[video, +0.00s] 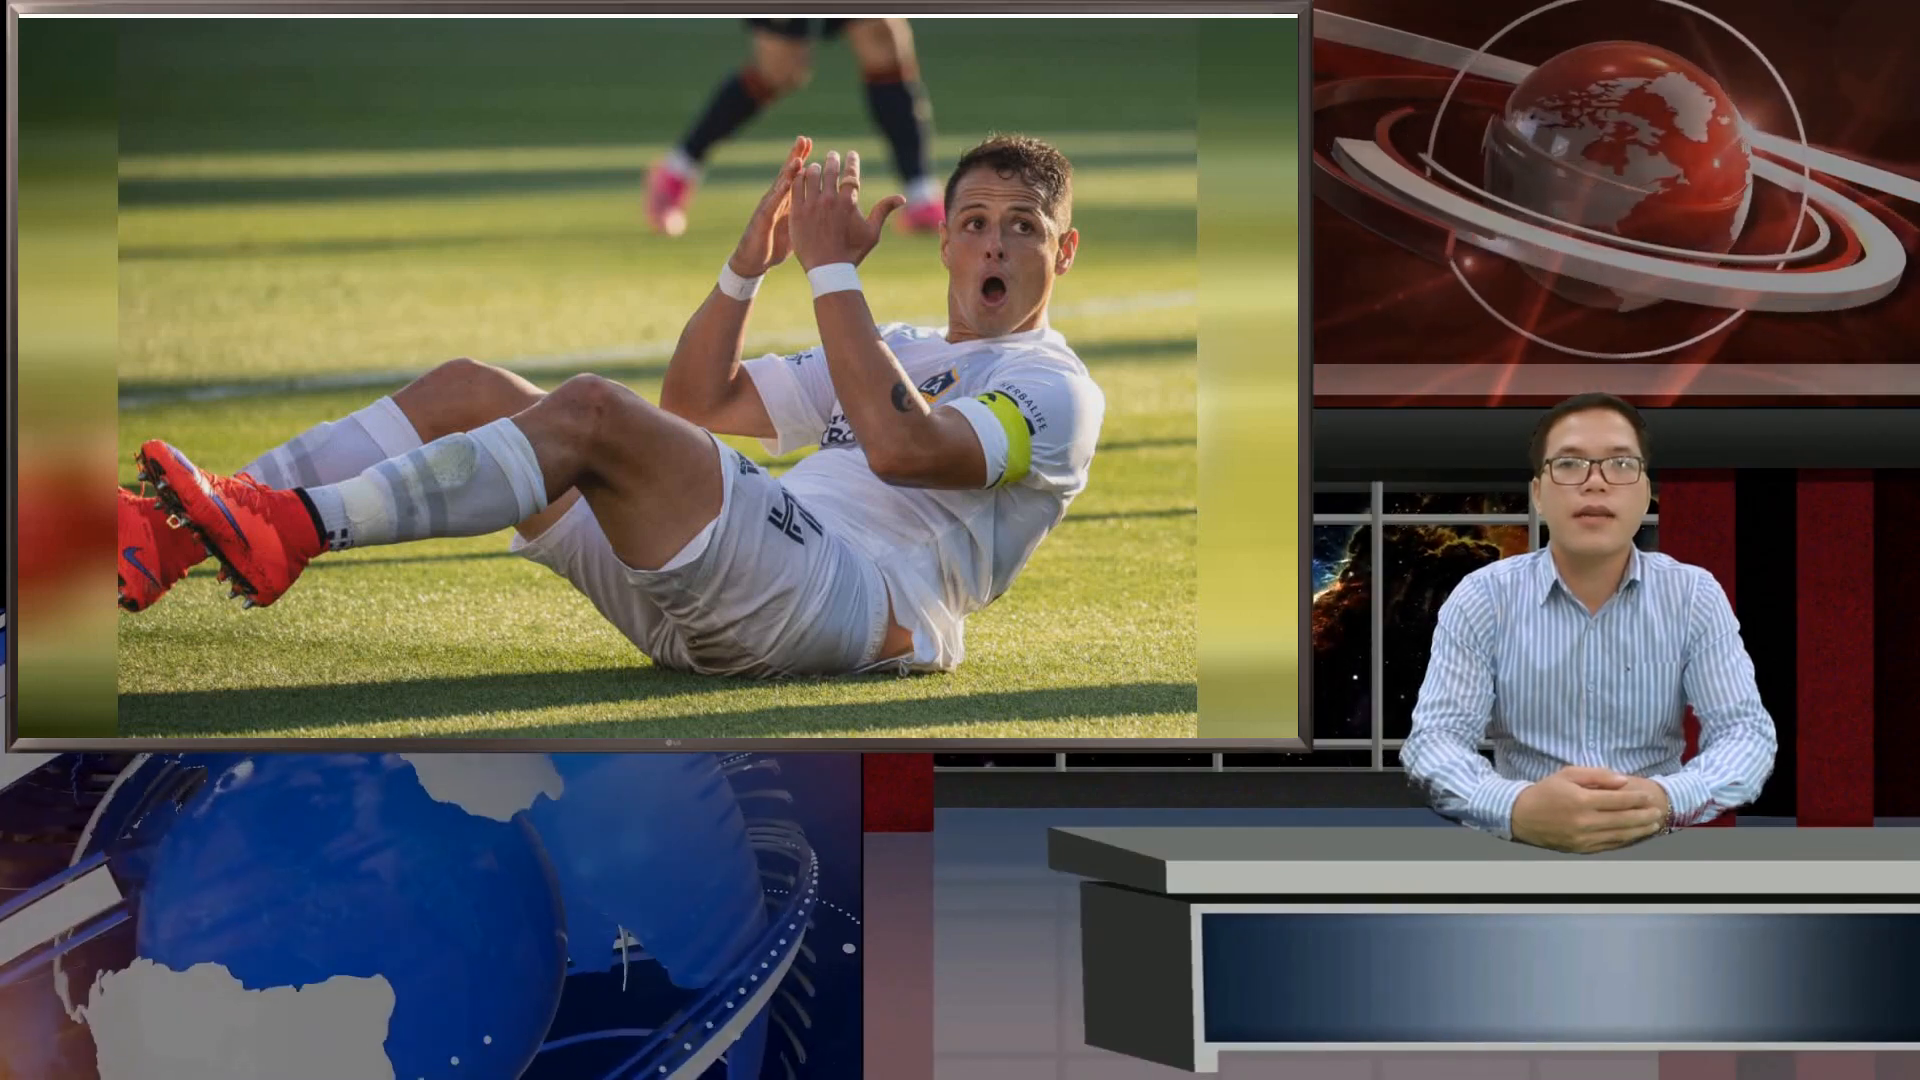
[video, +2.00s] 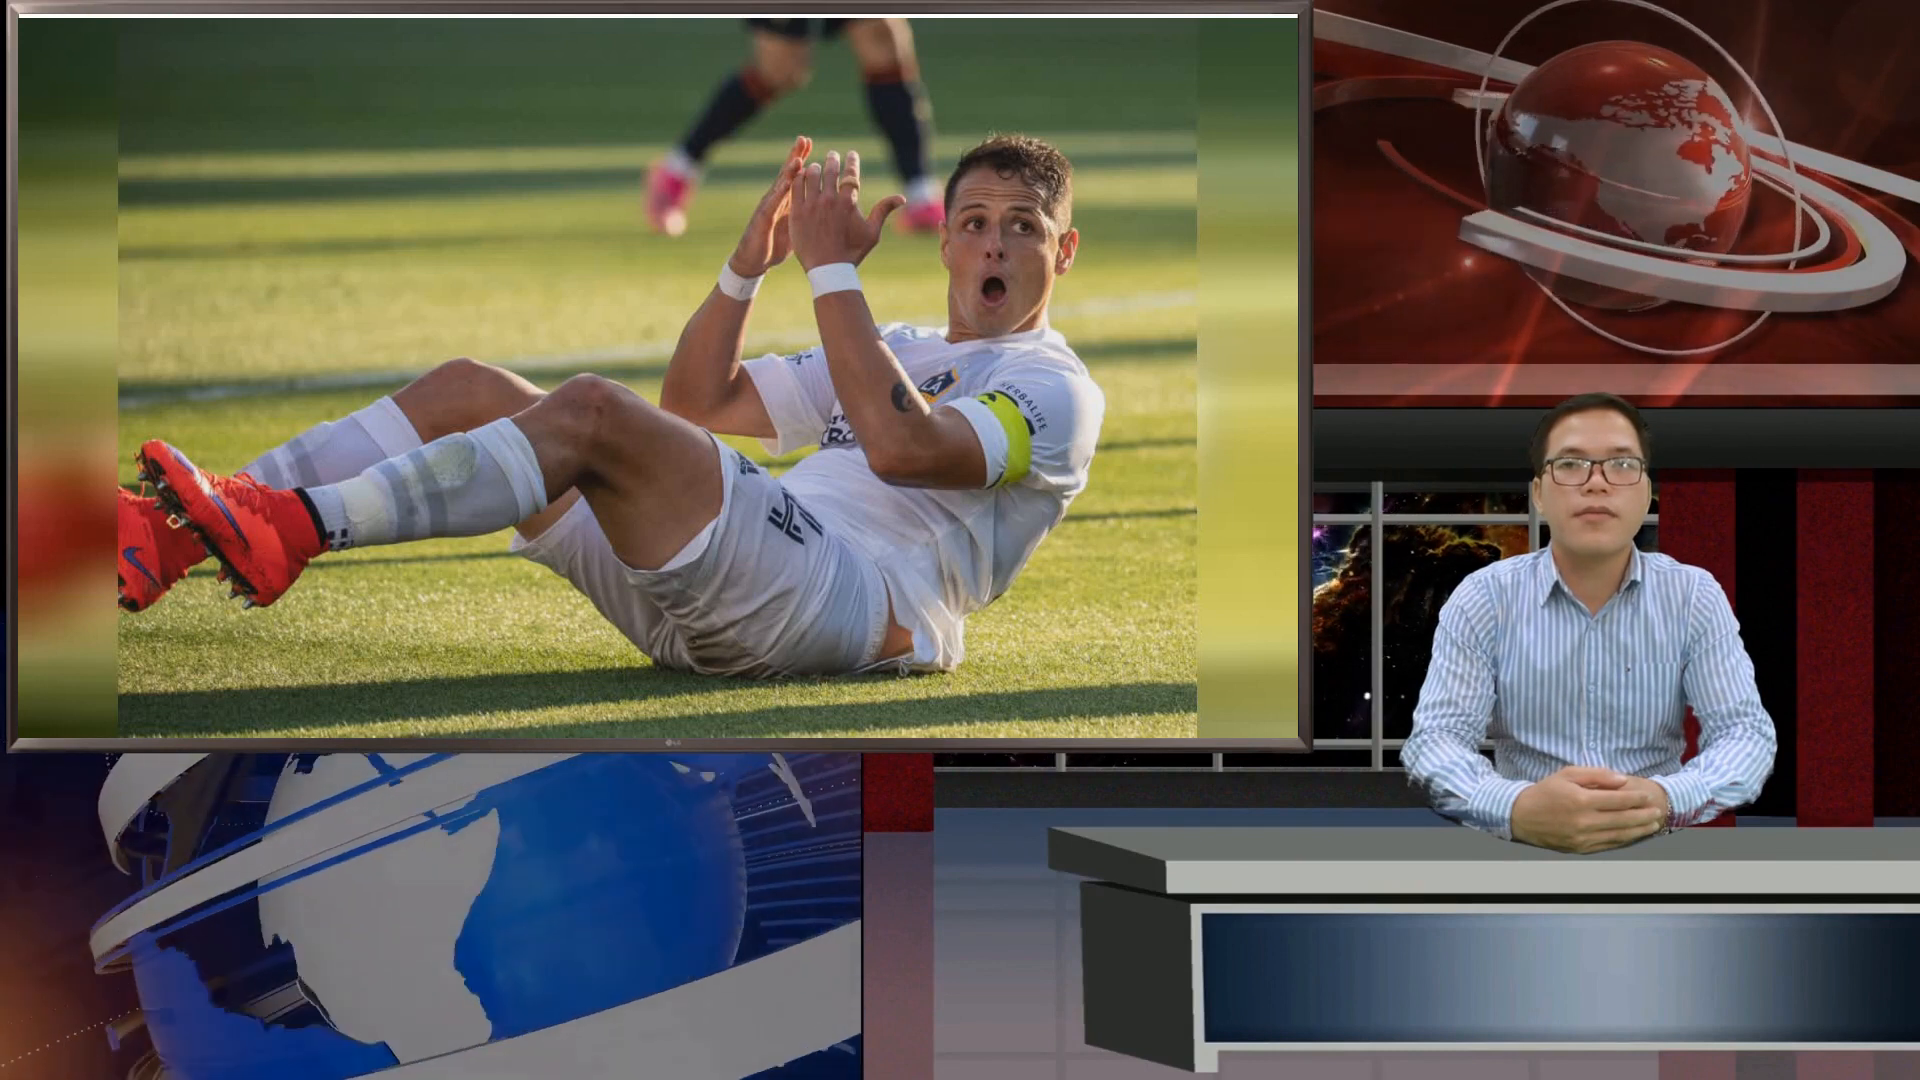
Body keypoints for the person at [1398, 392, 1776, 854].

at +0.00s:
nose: (1595, 482)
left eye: (1619, 464)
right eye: (1569, 464)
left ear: (1646, 494)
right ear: (1538, 495)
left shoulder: (1690, 598)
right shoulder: (1484, 601)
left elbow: (1745, 735)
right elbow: (1432, 745)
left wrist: (1667, 800)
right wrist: (1514, 809)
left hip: (1657, 853)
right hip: (1521, 857)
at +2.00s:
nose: (1596, 483)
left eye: (1620, 465)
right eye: (1570, 464)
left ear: (1646, 494)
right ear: (1539, 496)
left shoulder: (1690, 598)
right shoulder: (1484, 601)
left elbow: (1745, 735)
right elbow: (1433, 745)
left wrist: (1667, 799)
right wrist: (1515, 809)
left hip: (1656, 853)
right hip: (1520, 857)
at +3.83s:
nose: (1597, 482)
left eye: (1621, 465)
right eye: (1571, 464)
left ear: (1647, 495)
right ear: (1539, 496)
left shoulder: (1691, 598)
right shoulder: (1484, 600)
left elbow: (1745, 735)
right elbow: (1433, 744)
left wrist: (1667, 799)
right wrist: (1514, 809)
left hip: (1656, 853)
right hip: (1519, 857)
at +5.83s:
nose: (1598, 483)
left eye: (1621, 465)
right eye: (1572, 465)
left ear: (1647, 496)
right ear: (1540, 496)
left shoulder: (1691, 599)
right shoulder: (1485, 601)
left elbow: (1745, 735)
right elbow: (1434, 744)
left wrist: (1667, 799)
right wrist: (1514, 809)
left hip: (1656, 852)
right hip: (1520, 855)